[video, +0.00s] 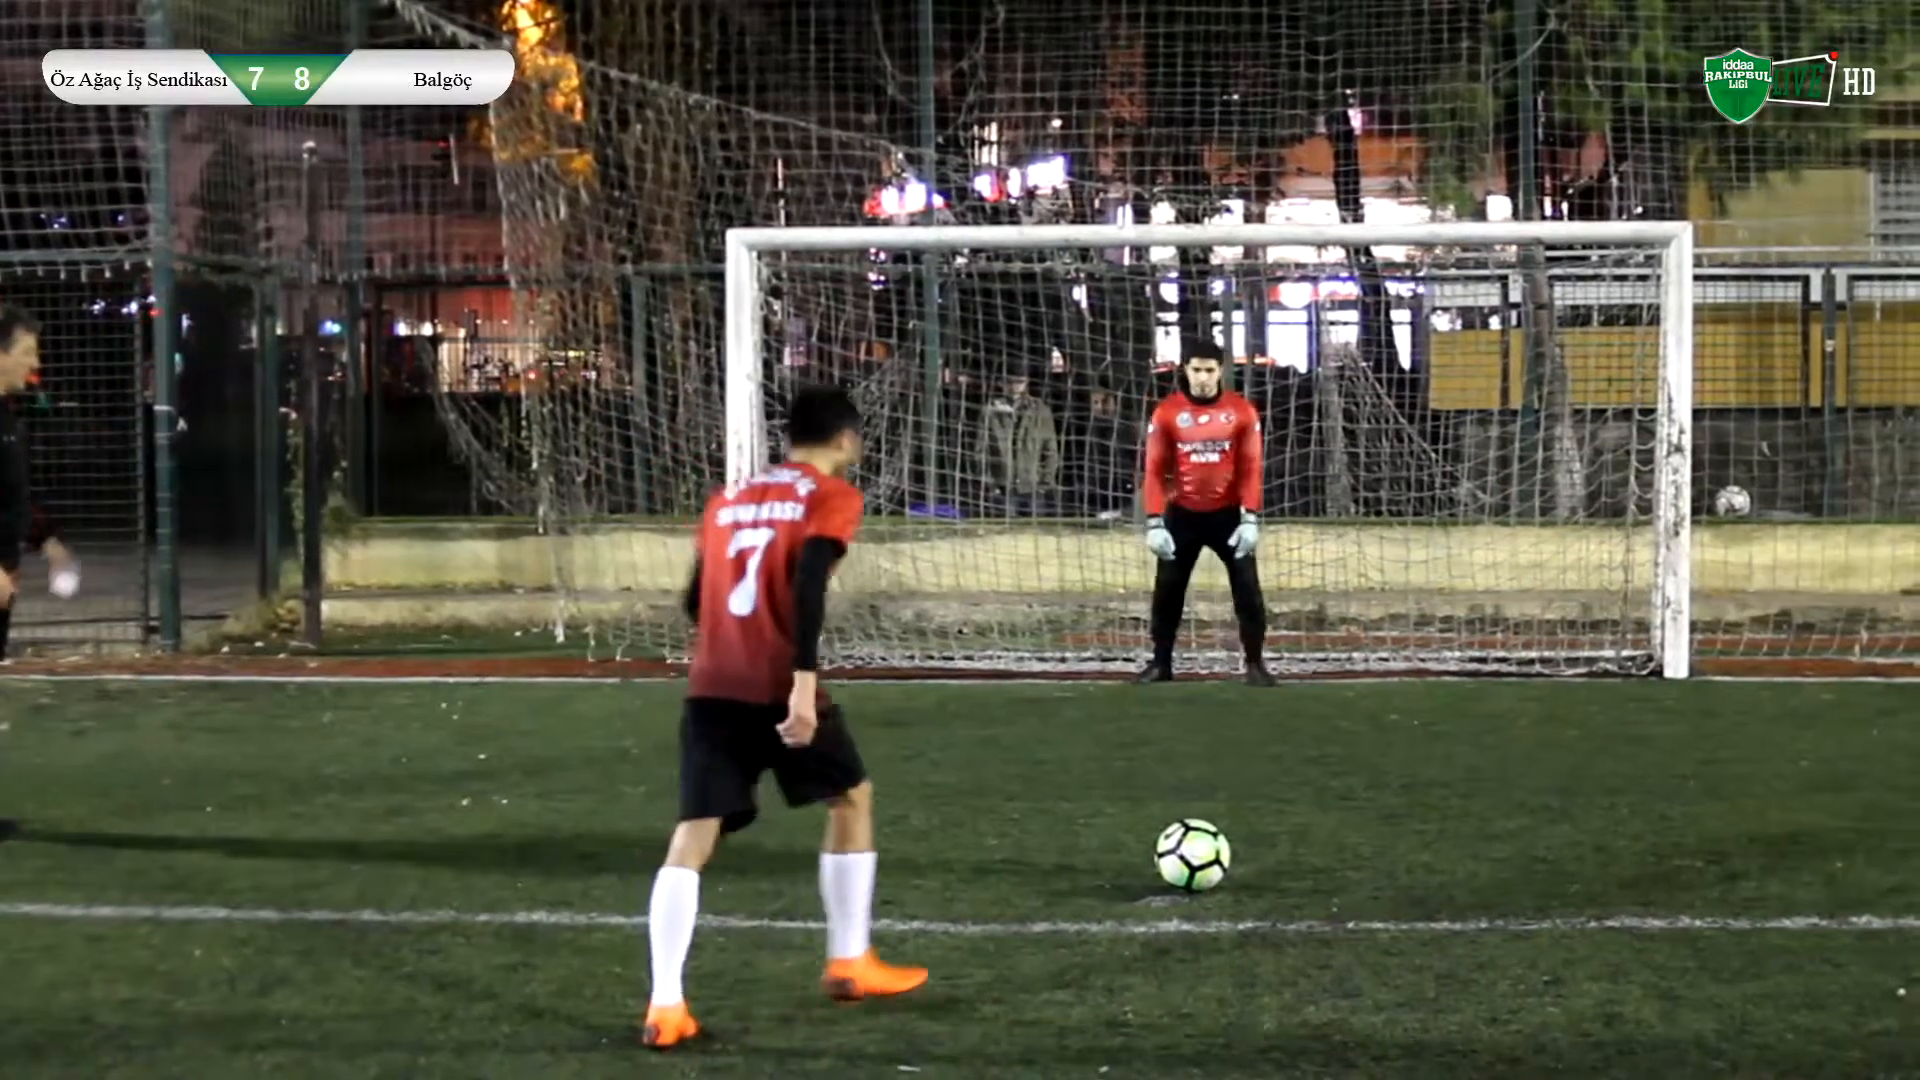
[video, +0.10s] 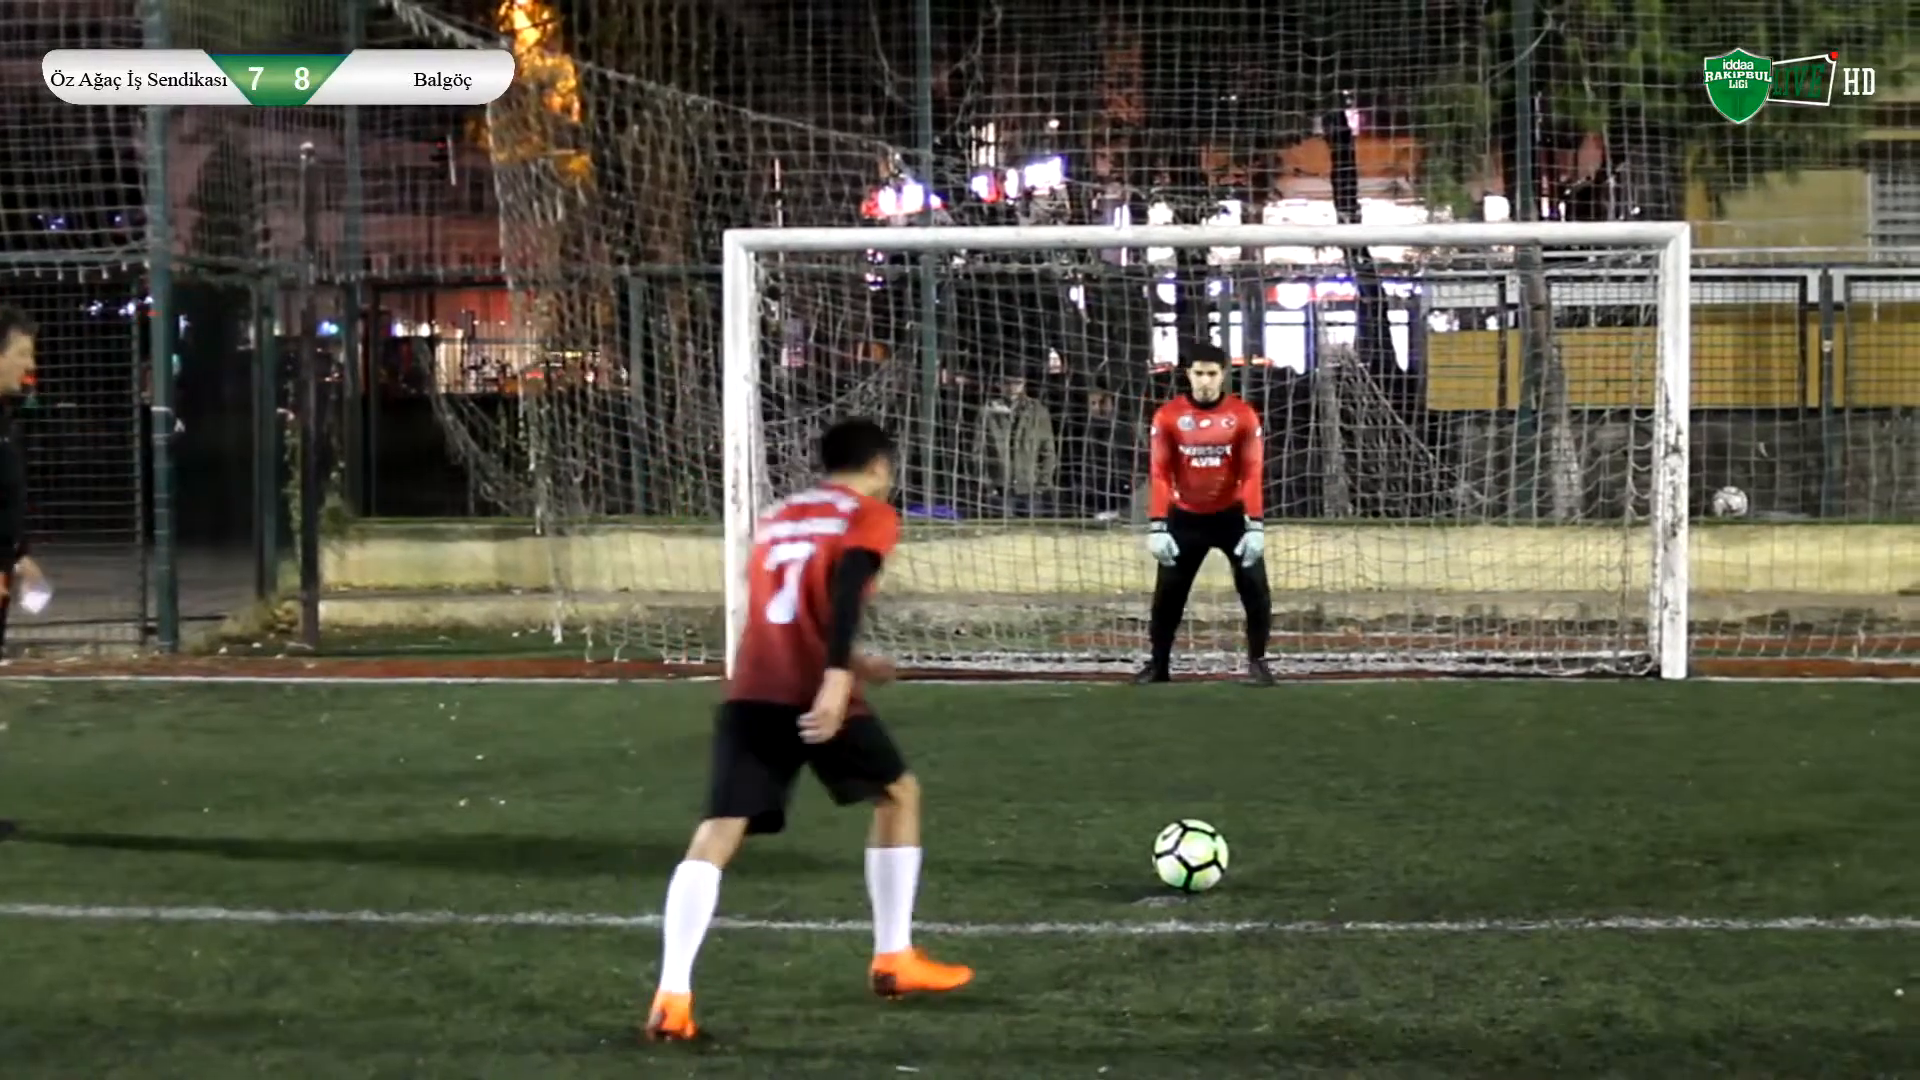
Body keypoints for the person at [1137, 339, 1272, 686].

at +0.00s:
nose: (1202, 378)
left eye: (1209, 371)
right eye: (1196, 370)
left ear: (1220, 371)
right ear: (1185, 371)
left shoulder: (1242, 412)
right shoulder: (1167, 413)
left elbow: (1252, 468)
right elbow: (1154, 470)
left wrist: (1250, 516)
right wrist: (1155, 520)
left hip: (1228, 516)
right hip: (1181, 516)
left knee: (1248, 591)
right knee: (1167, 591)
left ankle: (1254, 663)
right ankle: (1161, 662)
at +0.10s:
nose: (1204, 382)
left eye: (1211, 374)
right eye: (1198, 374)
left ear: (1223, 375)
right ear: (1188, 375)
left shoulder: (1243, 415)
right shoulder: (1168, 416)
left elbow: (1252, 473)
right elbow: (1159, 474)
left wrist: (1255, 523)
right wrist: (1158, 524)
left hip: (1232, 518)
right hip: (1185, 519)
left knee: (1257, 592)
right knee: (1167, 595)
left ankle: (1258, 660)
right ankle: (1159, 663)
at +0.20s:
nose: (1208, 381)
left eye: (1216, 373)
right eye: (1202, 373)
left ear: (1227, 376)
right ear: (1191, 374)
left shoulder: (1246, 418)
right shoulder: (1172, 415)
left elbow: (1254, 476)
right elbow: (1160, 473)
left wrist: (1259, 524)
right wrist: (1159, 523)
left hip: (1233, 522)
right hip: (1186, 521)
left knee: (1251, 594)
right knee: (1169, 595)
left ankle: (1259, 663)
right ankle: (1159, 664)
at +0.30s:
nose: (1216, 377)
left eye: (1223, 370)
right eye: (1210, 370)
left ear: (1234, 374)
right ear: (1200, 372)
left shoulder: (1252, 418)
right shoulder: (1176, 413)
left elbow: (1269, 472)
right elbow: (1159, 465)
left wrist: (1283, 515)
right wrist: (1141, 507)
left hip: (1235, 525)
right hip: (1188, 524)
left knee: (1250, 595)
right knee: (1165, 594)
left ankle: (1257, 665)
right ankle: (1159, 664)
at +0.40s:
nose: (1214, 384)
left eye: (1221, 378)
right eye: (1208, 377)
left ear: (1232, 380)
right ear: (1197, 379)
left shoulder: (1252, 419)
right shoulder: (1179, 416)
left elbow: (1275, 466)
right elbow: (1154, 461)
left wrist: (1303, 505)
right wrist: (1123, 501)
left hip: (1236, 529)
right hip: (1188, 527)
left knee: (1251, 598)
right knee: (1159, 589)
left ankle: (1254, 662)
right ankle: (1150, 661)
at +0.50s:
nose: (1206, 434)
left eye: (1213, 426)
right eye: (1199, 426)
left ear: (1226, 428)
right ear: (1189, 429)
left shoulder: (1250, 458)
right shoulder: (1180, 460)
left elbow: (1277, 498)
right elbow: (1148, 496)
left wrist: (1309, 539)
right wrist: (1111, 525)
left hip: (1246, 545)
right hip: (1199, 545)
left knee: (1270, 592)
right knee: (1159, 602)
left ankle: (1234, 657)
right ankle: (1112, 678)